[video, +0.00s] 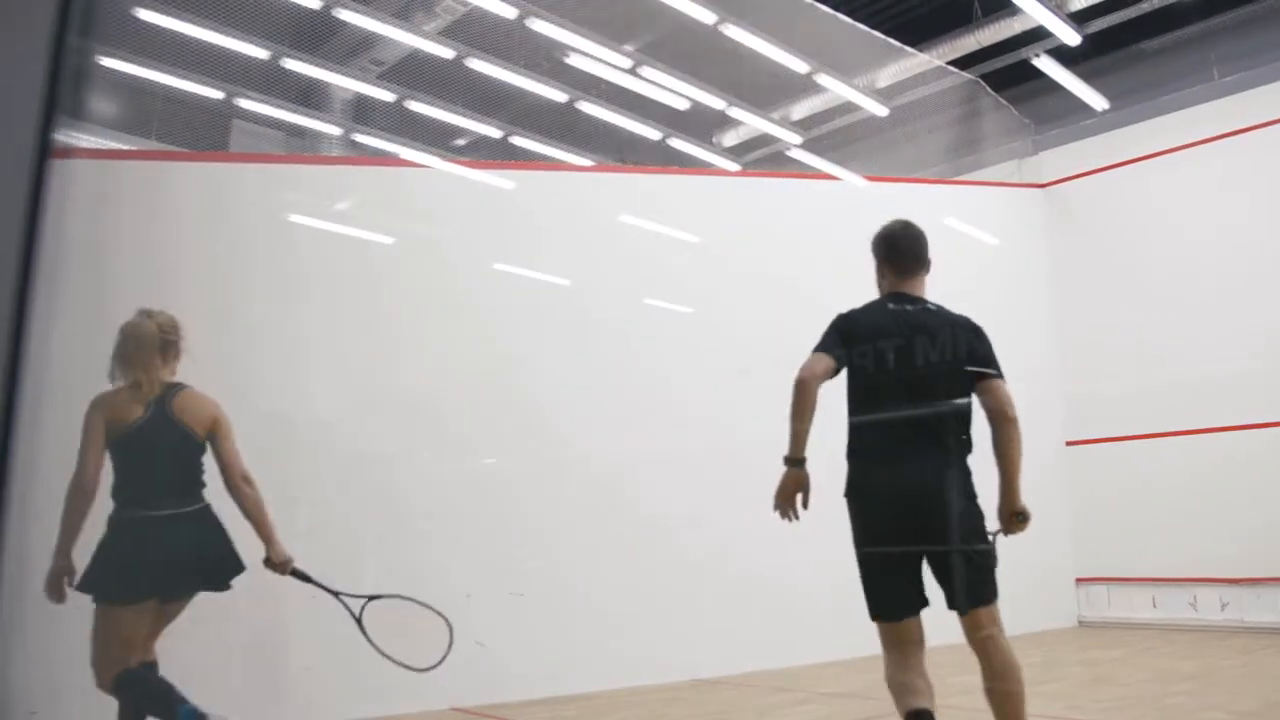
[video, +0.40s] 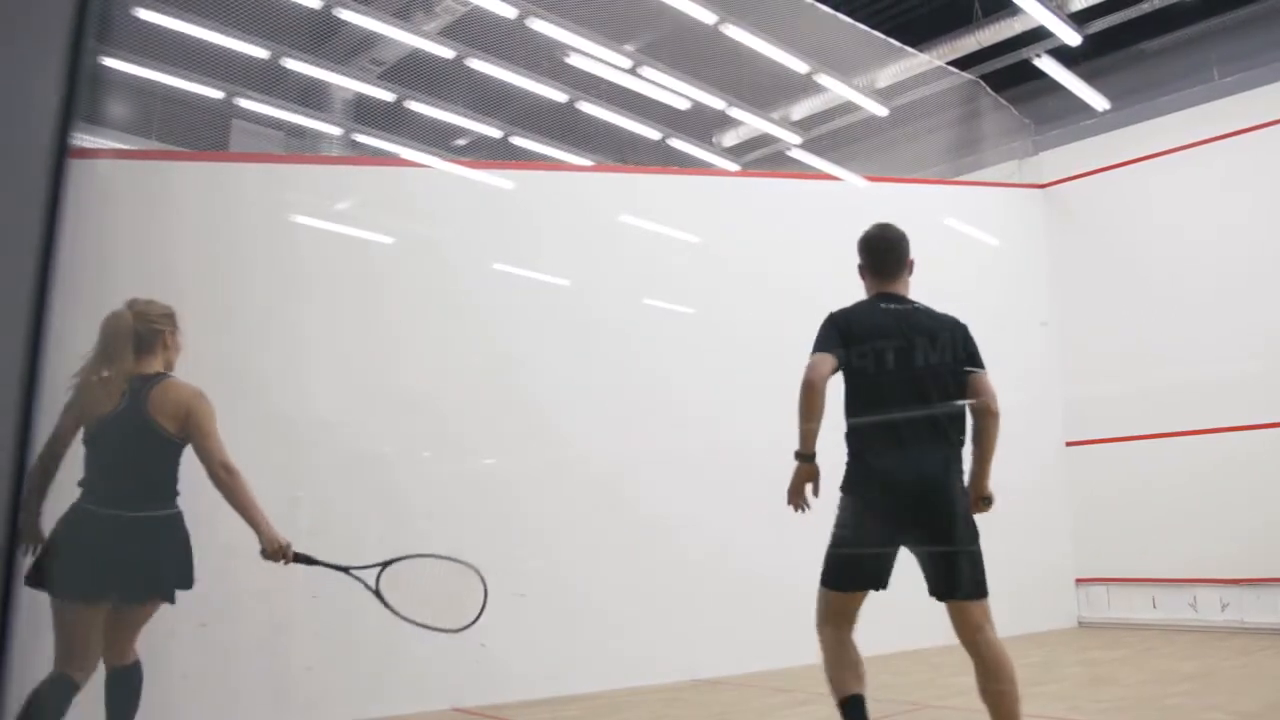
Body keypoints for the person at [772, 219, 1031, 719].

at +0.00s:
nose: (880, 273)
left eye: (878, 266)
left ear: (877, 268)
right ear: (928, 267)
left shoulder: (851, 326)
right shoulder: (962, 330)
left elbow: (807, 377)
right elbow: (1004, 413)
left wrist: (795, 462)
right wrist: (1011, 495)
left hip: (877, 510)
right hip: (950, 506)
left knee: (902, 648)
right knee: (987, 633)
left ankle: (919, 713)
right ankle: (1012, 716)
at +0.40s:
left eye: (860, 268)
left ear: (861, 271)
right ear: (911, 268)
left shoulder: (844, 324)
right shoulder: (951, 328)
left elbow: (814, 379)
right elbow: (986, 406)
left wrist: (806, 457)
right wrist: (980, 481)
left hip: (871, 498)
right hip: (941, 498)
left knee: (835, 624)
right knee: (980, 634)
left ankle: (855, 714)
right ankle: (1009, 715)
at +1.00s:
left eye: (777, 294)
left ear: (778, 298)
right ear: (826, 294)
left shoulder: (773, 350)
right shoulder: (865, 350)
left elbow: (766, 425)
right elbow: (896, 431)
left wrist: (754, 502)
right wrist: (866, 479)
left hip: (812, 514)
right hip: (878, 512)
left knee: (759, 629)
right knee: (932, 635)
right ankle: (986, 717)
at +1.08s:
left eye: (766, 293)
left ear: (767, 296)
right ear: (816, 292)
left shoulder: (763, 348)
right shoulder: (854, 349)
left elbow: (759, 426)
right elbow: (880, 432)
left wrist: (747, 501)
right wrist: (846, 475)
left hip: (804, 513)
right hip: (869, 511)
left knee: (755, 633)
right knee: (917, 631)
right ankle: (973, 717)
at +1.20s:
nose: (758, 296)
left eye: (753, 291)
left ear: (754, 294)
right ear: (802, 291)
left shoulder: (752, 344)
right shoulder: (840, 347)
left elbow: (751, 423)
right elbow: (859, 435)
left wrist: (738, 496)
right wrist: (836, 485)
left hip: (797, 509)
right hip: (860, 508)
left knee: (752, 629)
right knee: (896, 624)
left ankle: (750, 719)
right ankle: (958, 716)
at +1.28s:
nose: (751, 296)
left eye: (747, 290)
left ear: (748, 293)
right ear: (795, 290)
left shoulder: (747, 342)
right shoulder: (831, 346)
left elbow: (745, 420)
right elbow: (834, 431)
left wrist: (731, 492)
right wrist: (780, 483)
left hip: (795, 506)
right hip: (855, 502)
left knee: (751, 629)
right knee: (883, 621)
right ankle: (946, 716)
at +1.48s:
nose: (780, 296)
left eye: (742, 292)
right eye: (784, 289)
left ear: (737, 293)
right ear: (784, 292)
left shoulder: (740, 338)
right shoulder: (811, 345)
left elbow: (741, 407)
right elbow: (808, 436)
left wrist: (720, 483)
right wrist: (749, 473)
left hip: (788, 501)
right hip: (845, 498)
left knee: (750, 629)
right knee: (855, 617)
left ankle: (752, 719)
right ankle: (915, 715)